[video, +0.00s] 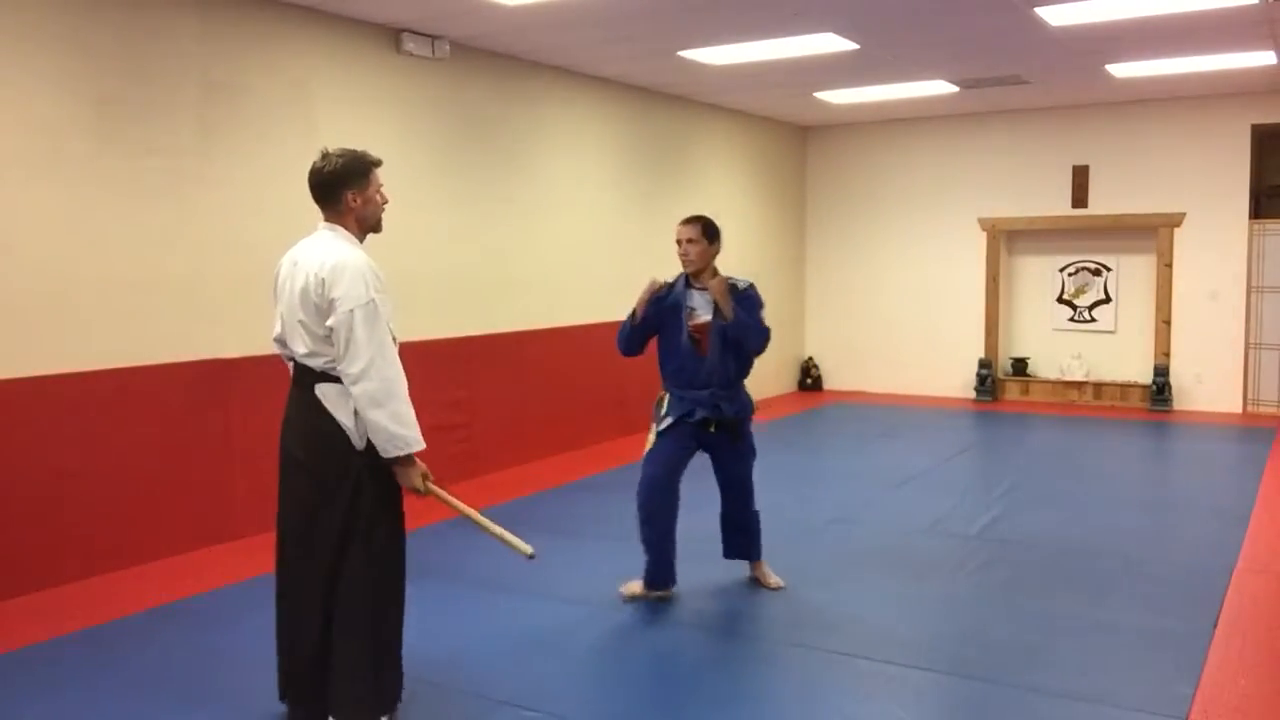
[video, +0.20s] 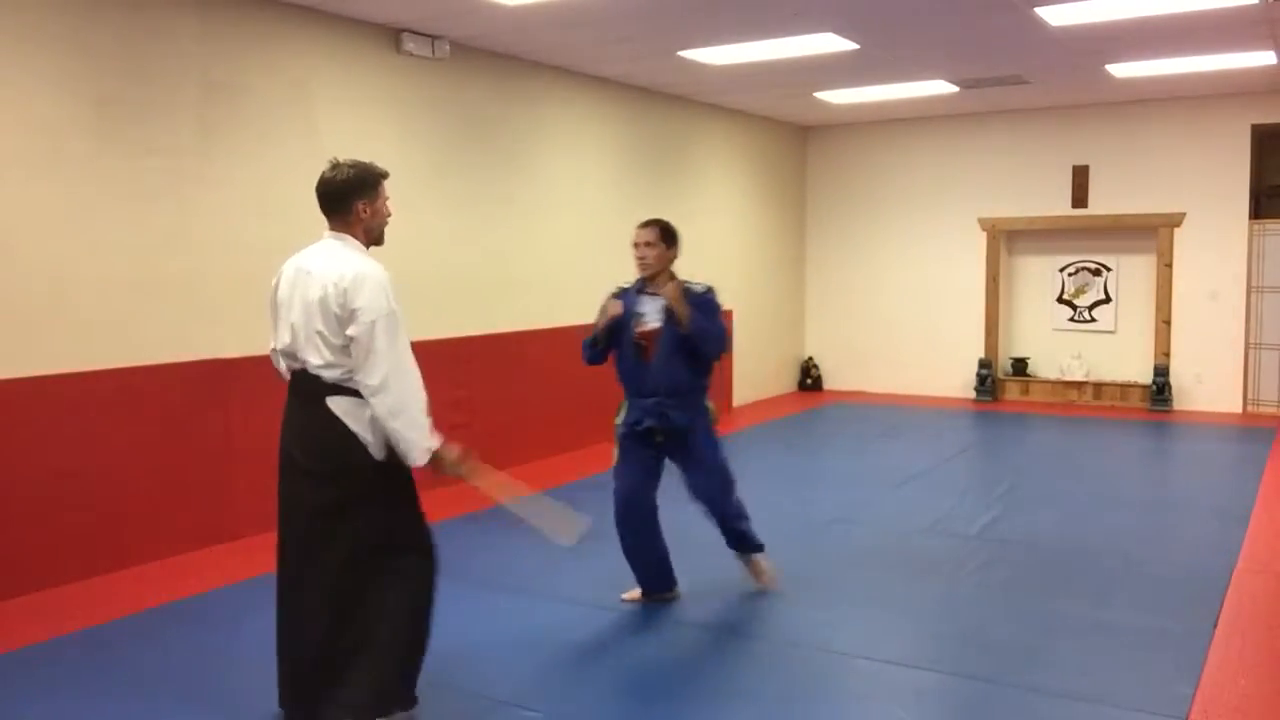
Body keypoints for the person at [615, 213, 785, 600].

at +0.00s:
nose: (683, 250)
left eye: (691, 243)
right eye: (679, 244)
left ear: (713, 247)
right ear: (676, 249)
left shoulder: (742, 294)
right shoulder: (666, 296)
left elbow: (757, 344)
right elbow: (627, 347)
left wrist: (727, 305)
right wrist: (641, 308)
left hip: (730, 413)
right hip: (681, 414)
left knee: (740, 491)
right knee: (654, 483)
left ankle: (757, 565)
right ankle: (658, 581)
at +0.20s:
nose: (640, 254)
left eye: (649, 246)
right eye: (636, 247)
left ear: (670, 251)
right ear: (632, 251)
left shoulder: (697, 298)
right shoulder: (622, 300)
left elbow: (715, 346)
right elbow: (593, 356)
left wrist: (681, 308)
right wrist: (603, 326)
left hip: (687, 416)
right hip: (640, 419)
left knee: (715, 489)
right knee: (631, 502)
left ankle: (749, 552)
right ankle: (657, 586)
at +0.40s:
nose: (590, 250)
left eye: (599, 243)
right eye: (587, 243)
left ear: (622, 248)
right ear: (585, 248)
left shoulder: (645, 289)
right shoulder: (591, 301)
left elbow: (626, 306)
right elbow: (571, 358)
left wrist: (579, 273)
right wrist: (569, 340)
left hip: (646, 410)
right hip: (608, 411)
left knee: (617, 498)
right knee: (622, 500)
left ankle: (621, 601)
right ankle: (658, 583)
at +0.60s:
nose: (540, 259)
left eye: (551, 251)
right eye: (541, 251)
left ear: (580, 258)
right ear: (577, 262)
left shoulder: (568, 291)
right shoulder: (598, 298)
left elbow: (513, 274)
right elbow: (571, 358)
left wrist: (454, 230)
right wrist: (532, 343)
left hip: (576, 432)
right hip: (607, 429)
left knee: (526, 524)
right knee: (592, 502)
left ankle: (521, 649)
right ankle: (649, 573)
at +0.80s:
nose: (495, 248)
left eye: (505, 241)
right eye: (497, 240)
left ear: (533, 250)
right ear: (542, 255)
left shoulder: (507, 290)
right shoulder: (579, 292)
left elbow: (450, 316)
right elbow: (603, 358)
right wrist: (579, 407)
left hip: (557, 432)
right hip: (602, 428)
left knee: (514, 532)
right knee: (576, 513)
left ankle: (521, 650)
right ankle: (602, 609)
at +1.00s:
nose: (436, 303)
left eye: (440, 294)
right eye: (436, 294)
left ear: (460, 295)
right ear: (479, 289)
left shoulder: (465, 337)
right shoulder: (529, 295)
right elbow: (582, 328)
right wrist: (549, 351)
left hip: (558, 443)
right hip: (603, 426)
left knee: (517, 538)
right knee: (590, 515)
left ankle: (523, 647)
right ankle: (608, 611)